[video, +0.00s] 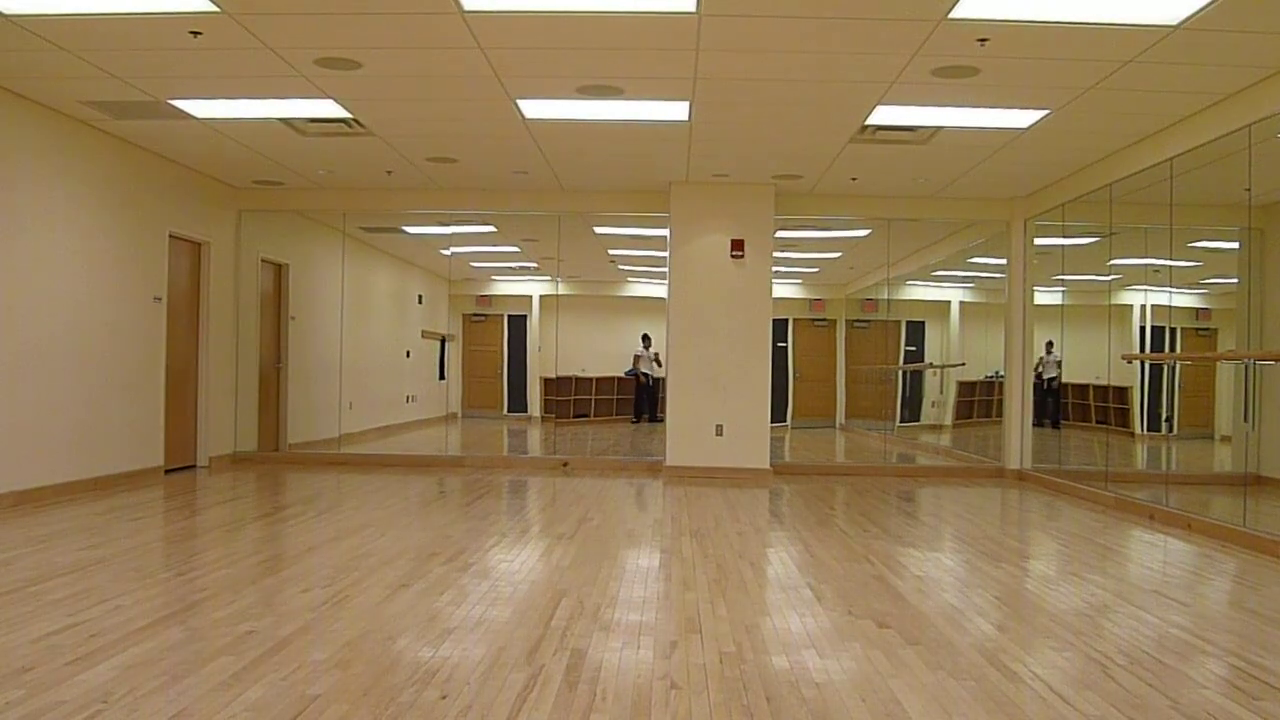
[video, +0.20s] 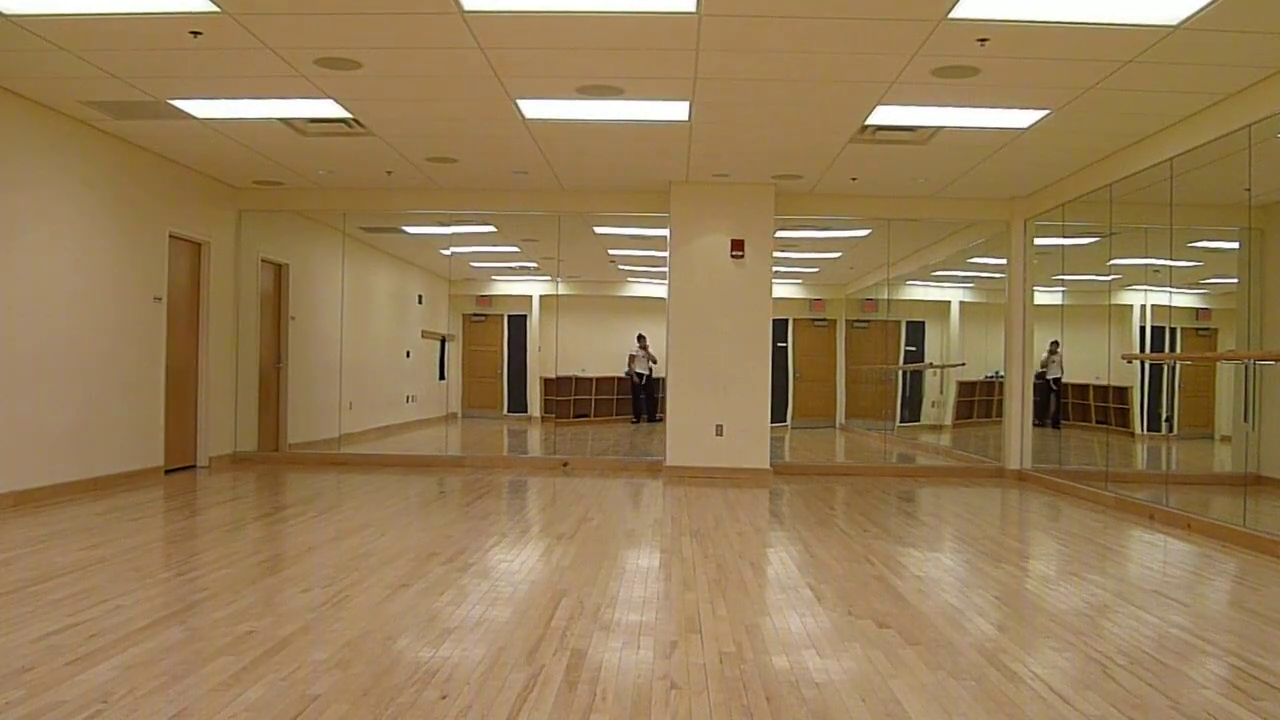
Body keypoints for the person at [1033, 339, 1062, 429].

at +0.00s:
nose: (1048, 348)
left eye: (1050, 346)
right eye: (1047, 346)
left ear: (1052, 347)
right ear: (1045, 347)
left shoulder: (1056, 357)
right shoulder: (1042, 357)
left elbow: (1060, 369)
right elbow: (1035, 369)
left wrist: (1058, 380)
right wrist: (1039, 363)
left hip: (1053, 377)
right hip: (1044, 378)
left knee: (1054, 400)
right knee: (1041, 399)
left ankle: (1055, 421)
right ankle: (1039, 420)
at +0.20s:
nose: (1054, 349)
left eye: (1055, 347)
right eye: (1052, 346)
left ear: (1058, 348)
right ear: (1050, 347)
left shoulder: (1059, 355)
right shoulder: (1046, 355)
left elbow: (1061, 364)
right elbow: (1042, 365)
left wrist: (1062, 372)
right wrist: (1048, 356)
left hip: (1057, 377)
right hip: (1048, 377)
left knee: (1057, 400)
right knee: (1045, 399)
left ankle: (1056, 421)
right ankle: (1042, 419)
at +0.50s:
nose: (1060, 348)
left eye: (1061, 346)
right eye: (1058, 346)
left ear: (1061, 348)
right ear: (1054, 347)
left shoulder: (1060, 357)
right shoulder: (1049, 355)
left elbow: (1065, 368)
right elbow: (1046, 365)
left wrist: (1069, 379)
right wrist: (1053, 355)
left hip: (1058, 378)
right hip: (1049, 377)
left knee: (1058, 400)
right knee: (1048, 399)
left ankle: (1056, 421)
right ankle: (1045, 420)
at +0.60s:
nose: (1060, 348)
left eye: (1061, 347)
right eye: (1059, 346)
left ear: (1062, 348)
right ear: (1055, 346)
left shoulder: (1061, 357)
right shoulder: (1049, 355)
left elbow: (1065, 368)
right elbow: (1047, 365)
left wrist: (1069, 380)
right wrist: (1054, 355)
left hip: (1058, 378)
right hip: (1050, 378)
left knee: (1058, 400)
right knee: (1049, 400)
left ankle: (1056, 421)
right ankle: (1046, 420)